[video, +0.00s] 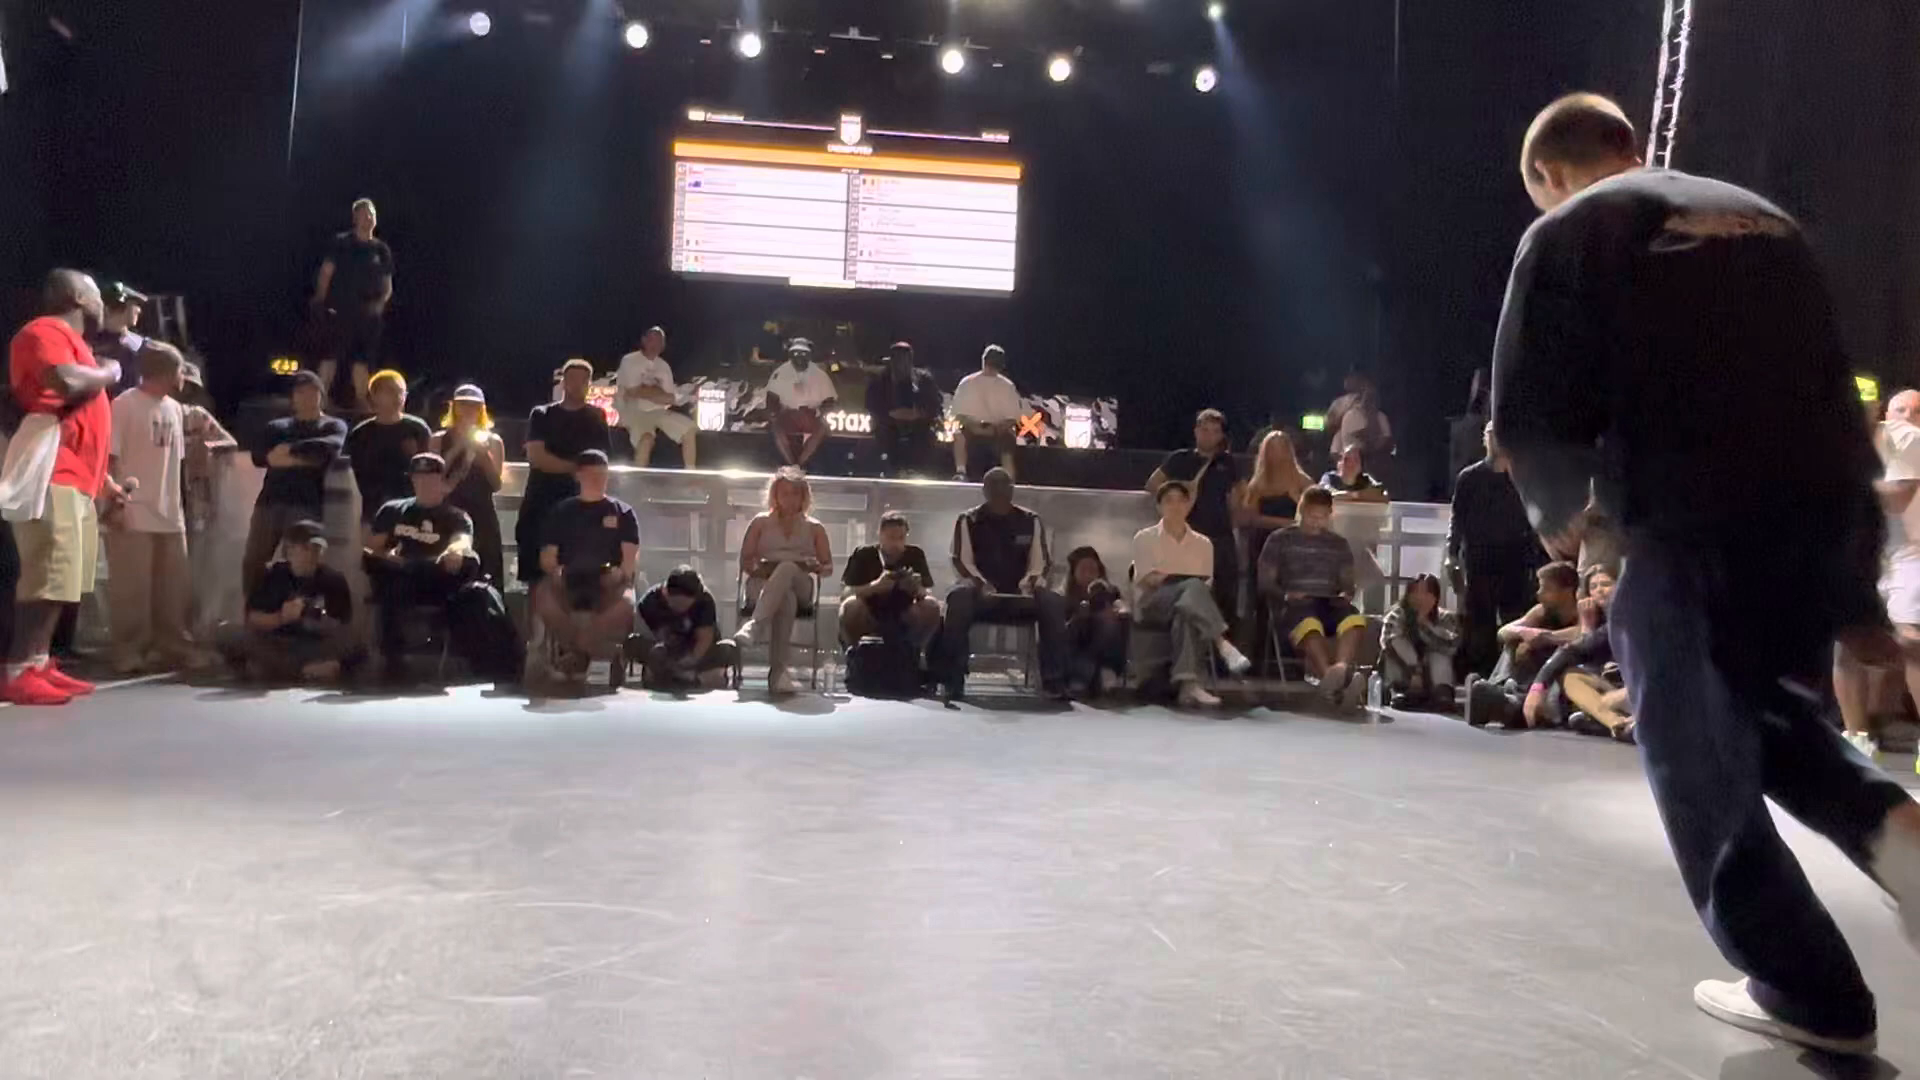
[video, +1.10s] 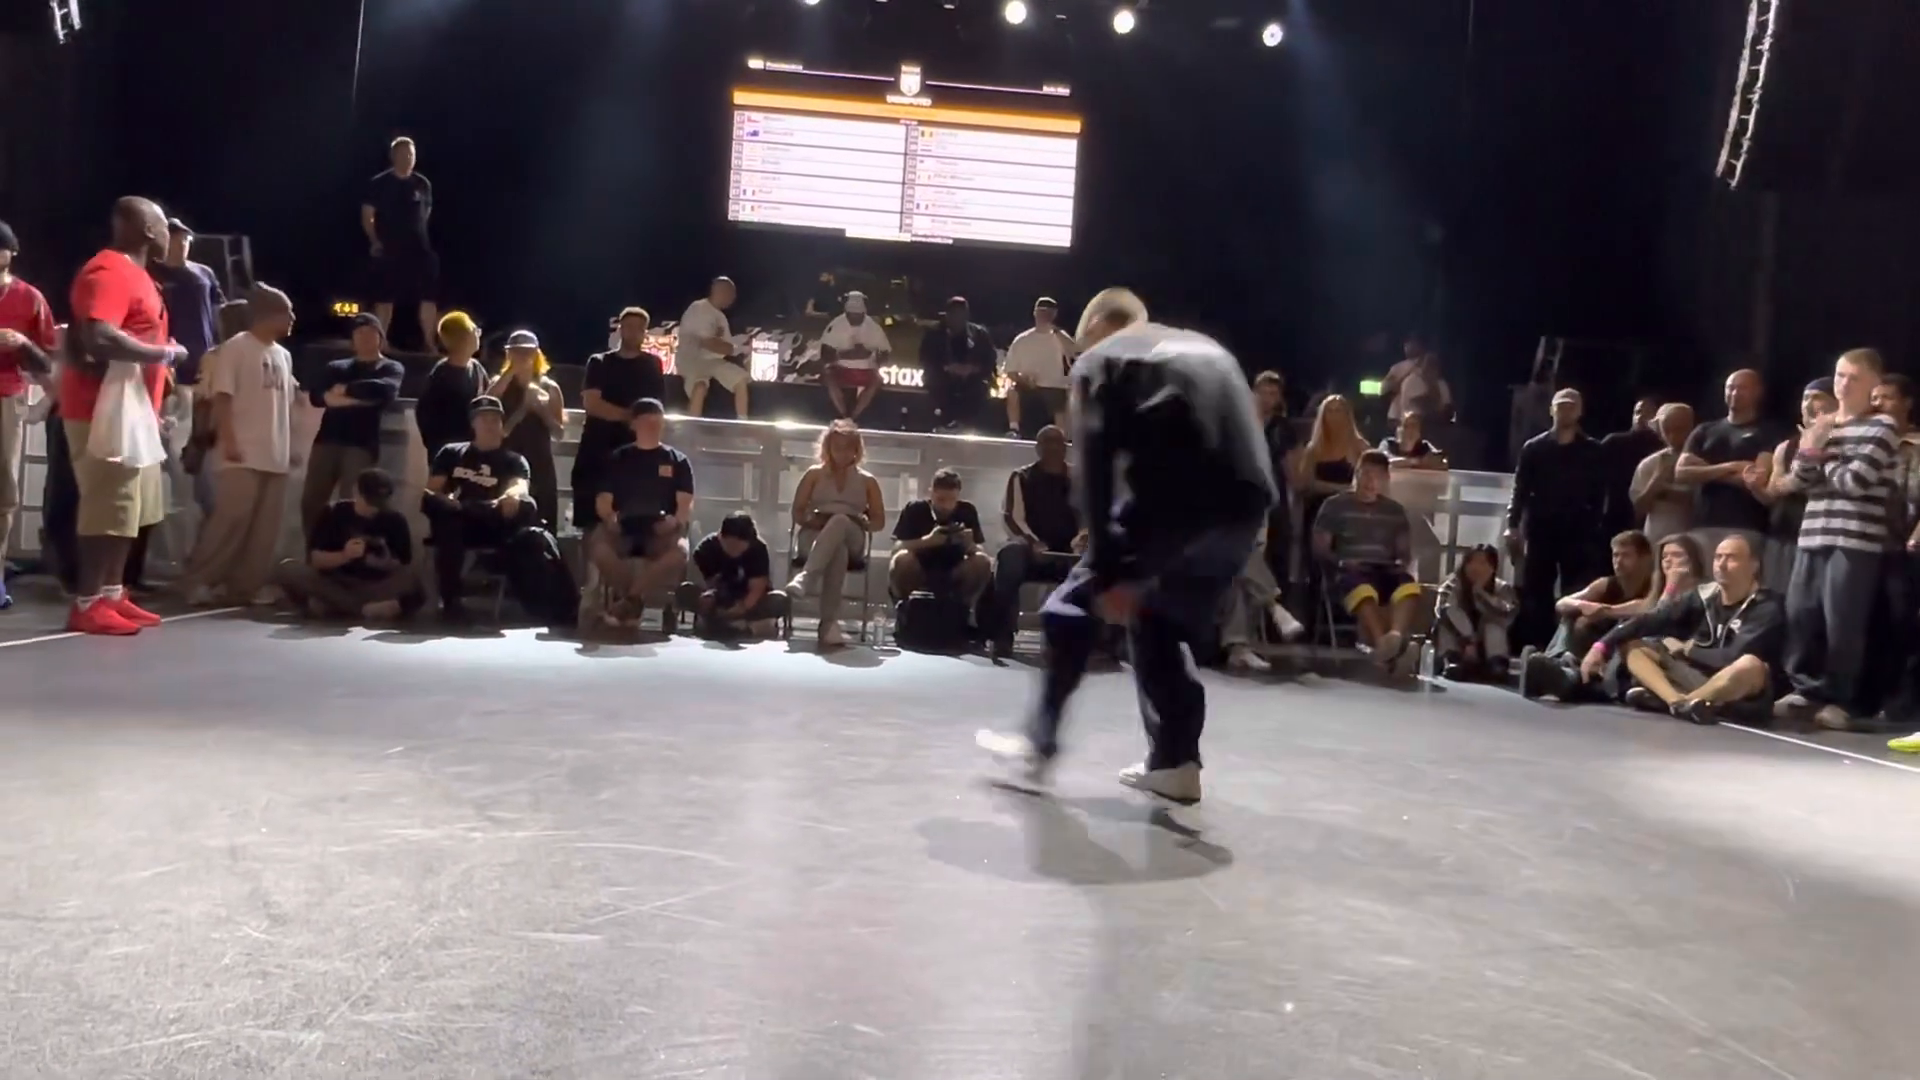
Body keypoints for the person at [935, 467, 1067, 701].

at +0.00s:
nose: (999, 494)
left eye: (1004, 487)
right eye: (993, 487)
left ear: (1012, 489)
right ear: (984, 489)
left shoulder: (1030, 520)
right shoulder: (968, 520)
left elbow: (1039, 562)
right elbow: (963, 562)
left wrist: (1031, 581)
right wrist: (980, 583)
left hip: (1020, 597)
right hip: (985, 596)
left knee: (1052, 601)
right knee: (959, 596)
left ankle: (1055, 682)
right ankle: (953, 682)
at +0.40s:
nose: (1020, 468)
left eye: (1025, 461)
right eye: (1015, 461)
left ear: (1033, 465)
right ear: (1005, 466)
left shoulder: (1052, 498)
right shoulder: (988, 497)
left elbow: (1060, 539)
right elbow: (983, 538)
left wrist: (1051, 558)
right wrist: (1001, 560)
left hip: (1041, 574)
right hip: (1006, 572)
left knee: (1073, 579)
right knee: (980, 574)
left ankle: (1073, 658)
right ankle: (974, 659)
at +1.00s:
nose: (1051, 450)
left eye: (1056, 444)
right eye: (1044, 444)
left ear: (1062, 448)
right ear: (1034, 448)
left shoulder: (1080, 480)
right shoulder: (1018, 479)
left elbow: (1088, 522)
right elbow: (1011, 520)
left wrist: (1079, 541)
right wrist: (1028, 543)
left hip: (1068, 558)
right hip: (1032, 556)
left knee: (1101, 562)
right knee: (1007, 556)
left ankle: (1097, 641)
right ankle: (1000, 641)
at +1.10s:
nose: (1057, 449)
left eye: (1061, 443)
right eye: (1051, 443)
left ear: (1066, 447)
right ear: (1039, 447)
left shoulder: (1077, 477)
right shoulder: (1022, 478)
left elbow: (1089, 513)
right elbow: (1014, 519)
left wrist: (1084, 536)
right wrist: (1033, 542)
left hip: (1070, 551)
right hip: (1035, 551)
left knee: (1094, 562)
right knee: (1010, 555)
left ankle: (1084, 643)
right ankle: (1002, 637)